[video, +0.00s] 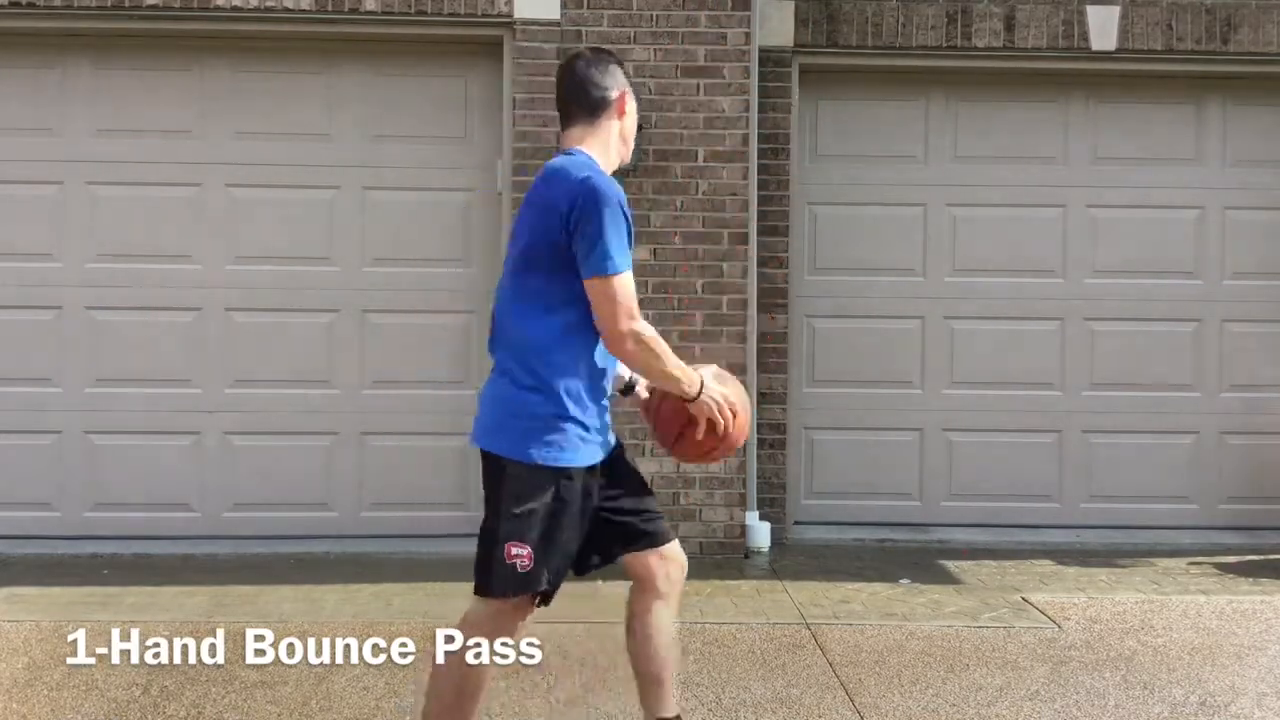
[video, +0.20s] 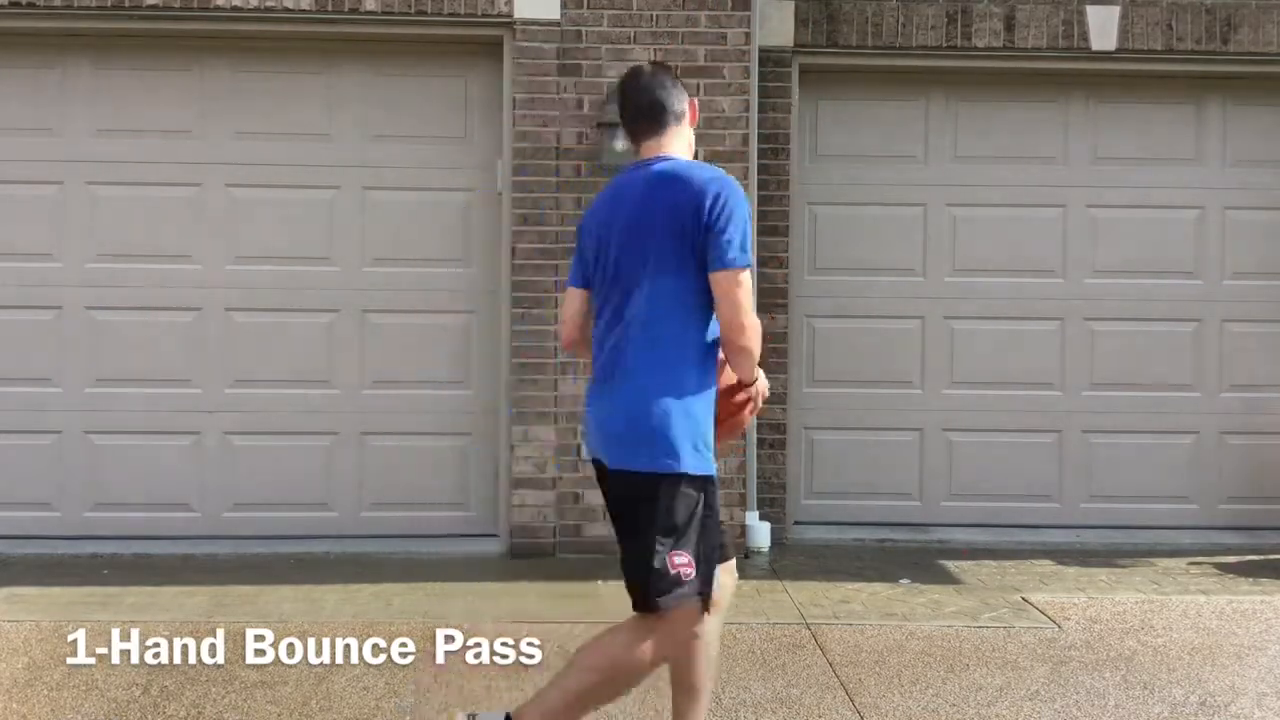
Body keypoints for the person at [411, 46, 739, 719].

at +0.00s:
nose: (638, 124)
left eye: (635, 111)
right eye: (637, 110)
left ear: (566, 112)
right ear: (623, 107)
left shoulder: (558, 184)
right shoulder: (592, 188)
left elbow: (563, 327)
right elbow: (623, 328)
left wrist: (638, 383)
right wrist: (691, 382)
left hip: (580, 435)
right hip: (538, 436)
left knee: (661, 569)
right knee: (503, 611)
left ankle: (663, 714)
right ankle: (436, 710)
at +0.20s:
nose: (699, 120)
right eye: (697, 111)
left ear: (624, 129)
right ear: (690, 114)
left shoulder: (603, 205)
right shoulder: (715, 192)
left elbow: (572, 333)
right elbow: (739, 332)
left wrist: (672, 355)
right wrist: (750, 376)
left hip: (613, 433)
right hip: (672, 437)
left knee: (711, 582)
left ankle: (691, 716)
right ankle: (521, 719)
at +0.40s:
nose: (683, 130)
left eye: (683, 121)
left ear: (693, 121)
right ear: (759, 114)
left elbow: (627, 315)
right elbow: (844, 321)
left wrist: (648, 347)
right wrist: (793, 345)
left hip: (696, 427)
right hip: (789, 426)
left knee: (713, 587)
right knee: (810, 589)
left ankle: (693, 718)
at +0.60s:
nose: (738, 170)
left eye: (736, 153)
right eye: (734, 156)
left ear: (763, 134)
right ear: (793, 133)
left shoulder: (770, 186)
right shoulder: (870, 205)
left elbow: (761, 303)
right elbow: (897, 334)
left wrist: (684, 351)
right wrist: (770, 358)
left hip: (800, 433)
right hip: (883, 435)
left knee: (745, 578)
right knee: (883, 589)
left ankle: (756, 713)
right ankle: (935, 715)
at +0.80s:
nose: (760, 171)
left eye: (760, 153)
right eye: (753, 159)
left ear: (795, 124)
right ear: (799, 129)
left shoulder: (844, 176)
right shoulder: (845, 181)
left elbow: (904, 286)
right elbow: (851, 311)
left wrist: (827, 358)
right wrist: (776, 351)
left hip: (876, 422)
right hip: (912, 421)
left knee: (796, 586)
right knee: (890, 589)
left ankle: (842, 716)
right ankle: (940, 715)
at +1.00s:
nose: (765, 167)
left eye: (766, 147)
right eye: (757, 155)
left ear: (806, 118)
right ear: (804, 126)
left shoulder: (884, 180)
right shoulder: (832, 203)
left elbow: (958, 293)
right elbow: (852, 323)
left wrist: (917, 368)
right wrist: (791, 355)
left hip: (907, 436)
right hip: (879, 436)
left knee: (840, 607)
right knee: (890, 602)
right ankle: (935, 716)